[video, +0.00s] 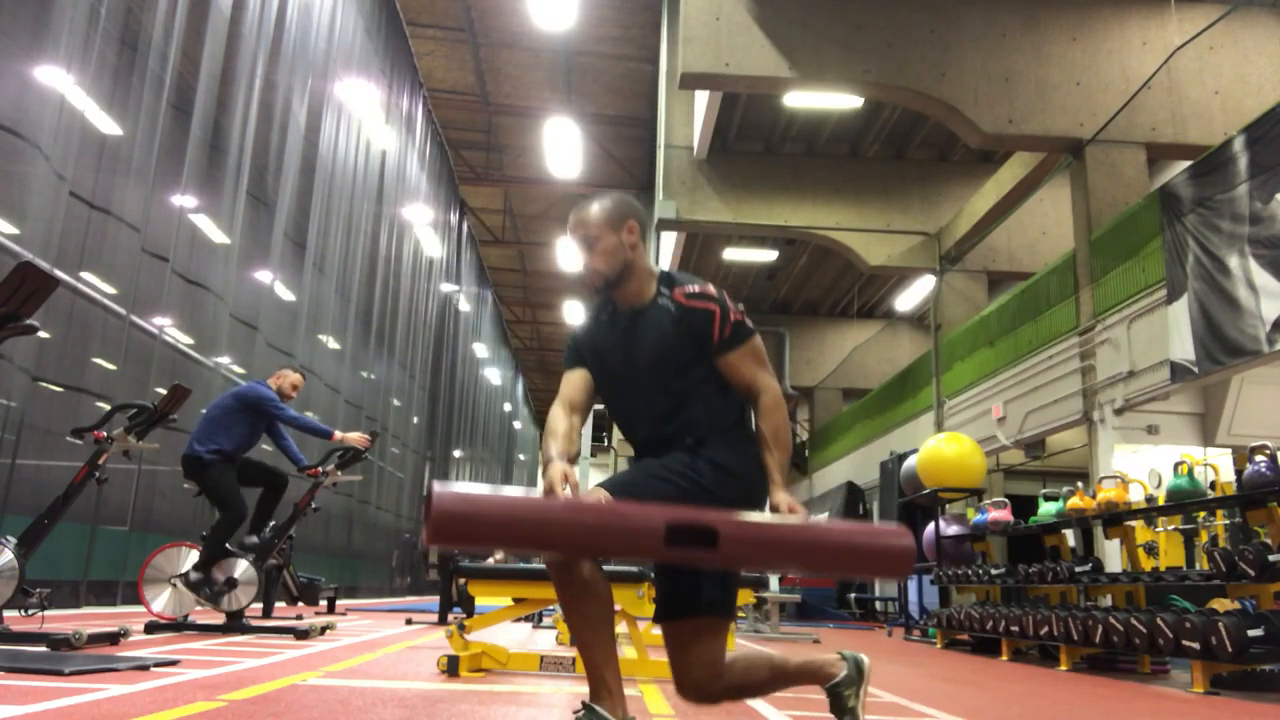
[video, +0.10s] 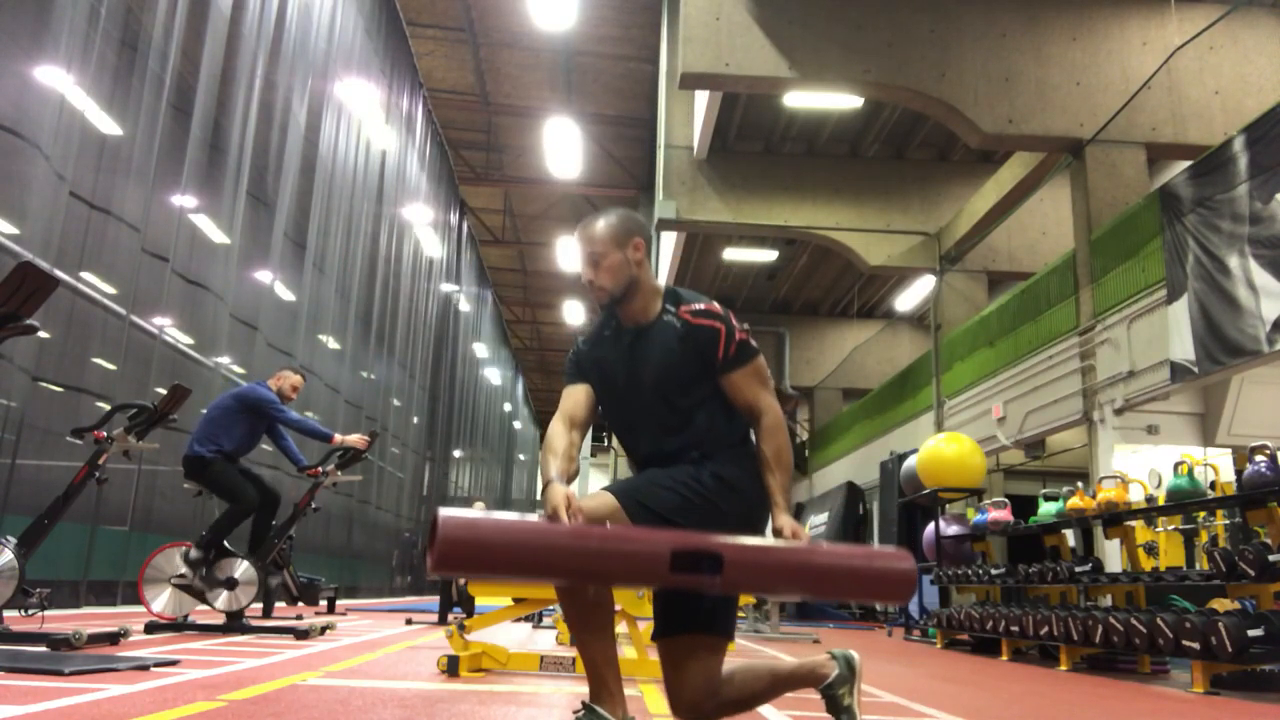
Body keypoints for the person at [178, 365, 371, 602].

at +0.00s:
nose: (295, 393)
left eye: (297, 391)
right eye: (293, 386)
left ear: (280, 384)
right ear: (276, 378)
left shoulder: (264, 402)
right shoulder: (258, 392)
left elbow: (280, 438)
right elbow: (294, 420)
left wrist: (305, 467)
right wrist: (341, 437)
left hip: (225, 460)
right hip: (204, 460)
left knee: (277, 479)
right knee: (235, 512)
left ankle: (252, 537)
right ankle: (198, 572)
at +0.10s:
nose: (294, 396)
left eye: (298, 393)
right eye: (293, 388)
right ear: (277, 379)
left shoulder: (267, 406)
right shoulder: (257, 394)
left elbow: (282, 440)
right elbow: (294, 420)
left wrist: (305, 467)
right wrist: (340, 439)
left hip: (224, 461)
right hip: (203, 459)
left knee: (269, 498)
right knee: (248, 500)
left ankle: (256, 560)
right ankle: (202, 548)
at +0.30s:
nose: (296, 394)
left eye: (299, 391)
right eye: (294, 387)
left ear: (281, 384)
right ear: (278, 378)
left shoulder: (264, 402)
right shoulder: (260, 392)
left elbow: (281, 438)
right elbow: (293, 422)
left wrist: (304, 466)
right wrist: (341, 440)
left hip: (214, 461)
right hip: (206, 457)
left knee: (247, 522)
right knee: (266, 473)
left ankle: (236, 586)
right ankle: (224, 526)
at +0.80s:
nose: (296, 396)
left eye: (299, 394)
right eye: (294, 389)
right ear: (278, 380)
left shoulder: (265, 404)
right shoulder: (260, 393)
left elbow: (280, 439)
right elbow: (295, 423)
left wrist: (304, 467)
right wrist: (341, 440)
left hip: (226, 461)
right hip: (205, 460)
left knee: (276, 481)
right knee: (236, 513)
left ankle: (251, 536)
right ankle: (198, 572)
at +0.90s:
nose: (294, 397)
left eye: (298, 394)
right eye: (293, 390)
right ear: (277, 380)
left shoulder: (266, 407)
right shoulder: (258, 393)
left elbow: (280, 440)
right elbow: (295, 422)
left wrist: (304, 467)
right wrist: (340, 439)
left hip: (222, 461)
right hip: (204, 459)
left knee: (266, 500)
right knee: (249, 501)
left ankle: (254, 560)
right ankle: (200, 549)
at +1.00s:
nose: (294, 396)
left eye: (298, 392)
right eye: (293, 388)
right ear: (278, 379)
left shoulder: (265, 403)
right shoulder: (260, 393)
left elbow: (280, 440)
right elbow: (295, 422)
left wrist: (304, 466)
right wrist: (340, 439)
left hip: (217, 460)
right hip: (205, 456)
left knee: (251, 515)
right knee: (261, 485)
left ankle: (236, 564)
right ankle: (209, 532)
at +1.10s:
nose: (296, 395)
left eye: (299, 392)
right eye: (295, 388)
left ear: (281, 384)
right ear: (279, 378)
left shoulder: (263, 402)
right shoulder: (260, 392)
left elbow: (280, 439)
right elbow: (294, 422)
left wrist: (304, 467)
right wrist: (341, 440)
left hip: (215, 460)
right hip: (206, 456)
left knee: (243, 518)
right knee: (267, 472)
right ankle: (226, 526)